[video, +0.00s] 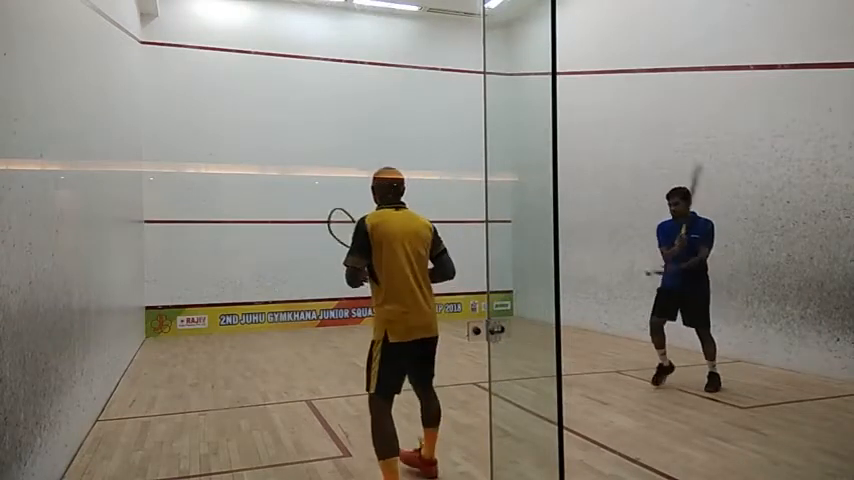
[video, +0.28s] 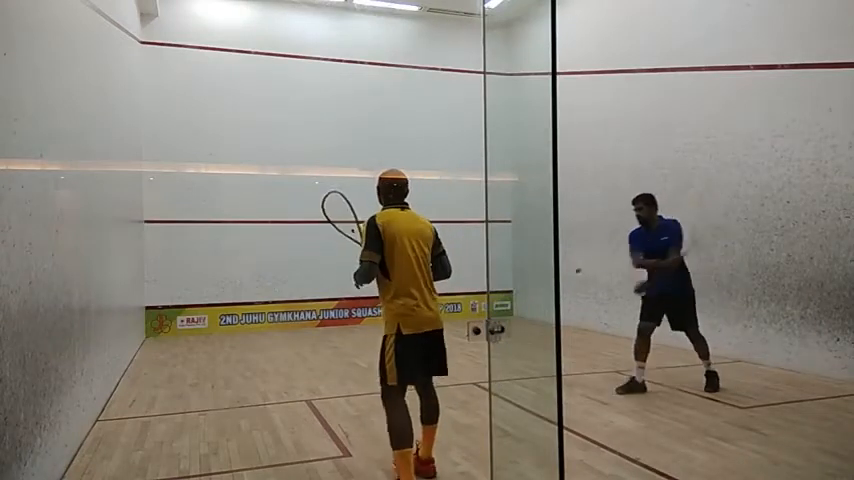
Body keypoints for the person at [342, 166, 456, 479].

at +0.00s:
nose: (373, 194)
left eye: (373, 189)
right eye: (378, 188)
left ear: (375, 192)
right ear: (402, 192)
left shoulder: (369, 224)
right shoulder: (423, 223)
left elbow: (354, 278)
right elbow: (447, 270)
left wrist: (365, 271)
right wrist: (415, 276)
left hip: (391, 331)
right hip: (427, 328)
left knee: (380, 403)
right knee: (426, 388)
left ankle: (391, 475)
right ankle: (428, 457)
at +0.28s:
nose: (378, 195)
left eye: (379, 190)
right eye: (383, 188)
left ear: (381, 193)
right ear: (406, 193)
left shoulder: (378, 222)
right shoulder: (425, 224)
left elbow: (366, 273)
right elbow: (443, 269)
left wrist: (360, 274)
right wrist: (413, 274)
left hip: (400, 326)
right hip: (432, 323)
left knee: (392, 395)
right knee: (425, 385)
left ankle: (405, 474)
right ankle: (425, 459)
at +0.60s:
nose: (370, 200)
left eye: (372, 195)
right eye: (374, 194)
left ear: (373, 198)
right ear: (399, 199)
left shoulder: (372, 223)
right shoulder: (416, 232)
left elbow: (364, 267)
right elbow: (432, 279)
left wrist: (350, 279)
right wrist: (391, 280)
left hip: (399, 324)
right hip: (426, 321)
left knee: (394, 396)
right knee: (418, 385)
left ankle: (423, 469)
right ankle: (424, 457)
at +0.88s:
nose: (352, 210)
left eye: (354, 205)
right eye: (354, 205)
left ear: (358, 209)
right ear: (382, 210)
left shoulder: (362, 236)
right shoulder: (392, 240)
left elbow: (361, 285)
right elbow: (392, 296)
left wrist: (333, 316)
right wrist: (356, 312)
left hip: (392, 338)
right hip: (410, 335)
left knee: (374, 409)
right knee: (395, 396)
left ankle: (410, 474)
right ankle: (420, 459)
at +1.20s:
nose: (293, 231)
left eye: (295, 226)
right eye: (294, 226)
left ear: (303, 230)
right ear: (317, 228)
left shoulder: (328, 260)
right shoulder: (308, 258)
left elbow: (336, 313)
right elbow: (276, 283)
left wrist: (320, 352)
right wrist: (295, 285)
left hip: (359, 344)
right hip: (336, 343)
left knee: (363, 409)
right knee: (311, 388)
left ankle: (404, 472)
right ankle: (282, 436)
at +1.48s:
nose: (250, 233)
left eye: (253, 228)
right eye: (251, 228)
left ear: (265, 231)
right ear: (277, 229)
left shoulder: (269, 266)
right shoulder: (304, 246)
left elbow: (286, 316)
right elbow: (335, 265)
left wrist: (285, 372)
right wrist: (365, 275)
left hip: (301, 345)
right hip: (314, 336)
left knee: (296, 418)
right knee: (265, 372)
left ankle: (369, 438)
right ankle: (263, 442)